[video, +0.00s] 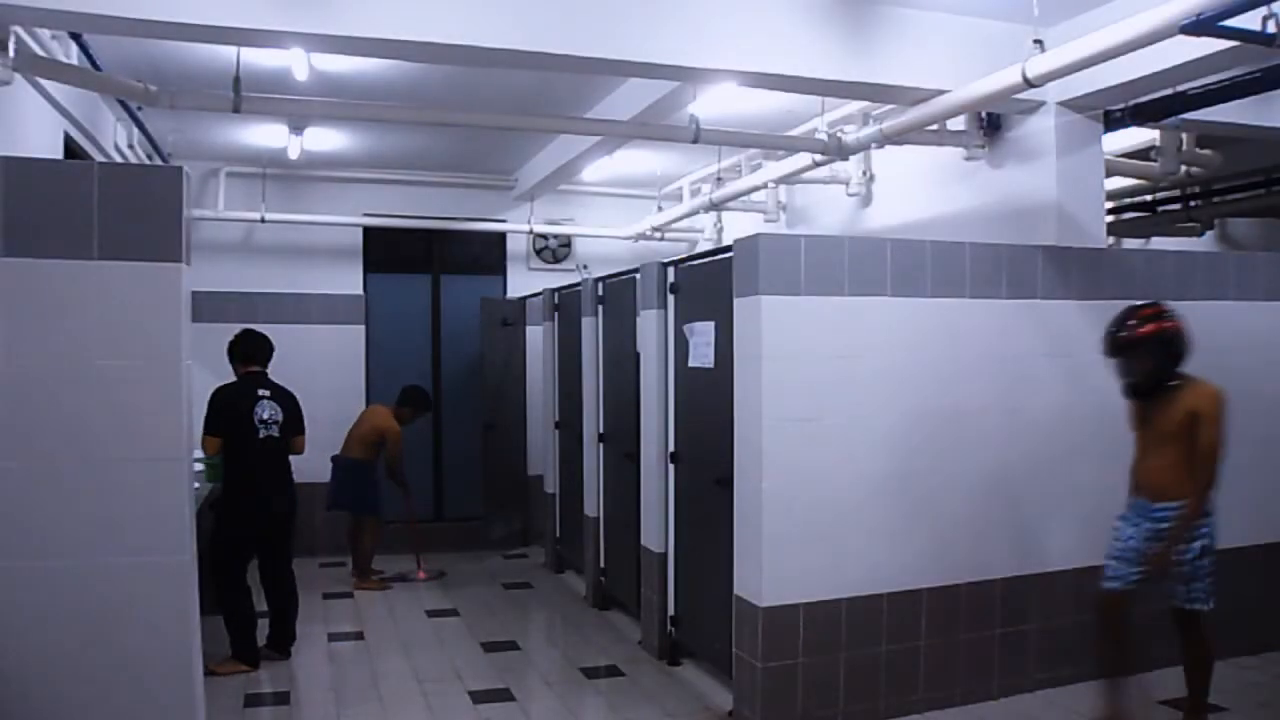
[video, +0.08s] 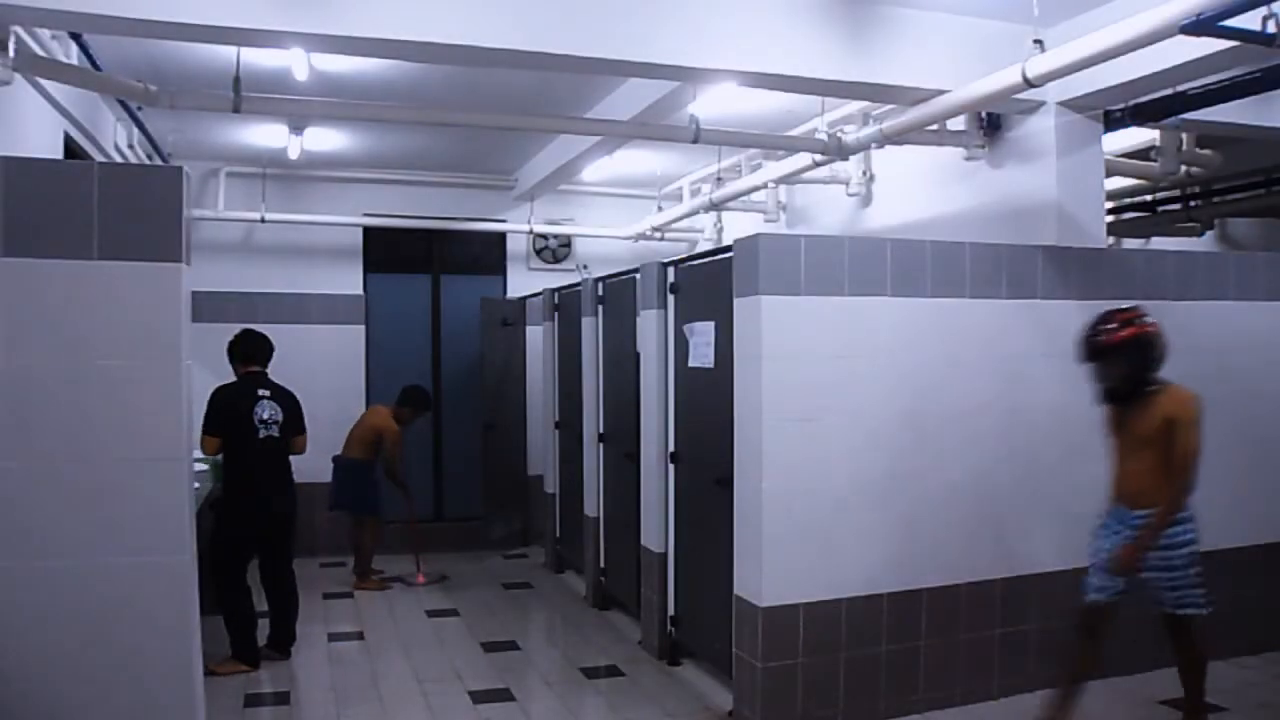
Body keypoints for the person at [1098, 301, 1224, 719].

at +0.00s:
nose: (1126, 369)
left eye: (1133, 358)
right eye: (1123, 360)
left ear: (1161, 353)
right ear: (1126, 360)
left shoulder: (1203, 398)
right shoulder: (1141, 398)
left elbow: (1205, 482)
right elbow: (1144, 459)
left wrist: (1170, 542)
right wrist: (1132, 514)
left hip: (1187, 519)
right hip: (1141, 513)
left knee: (1190, 614)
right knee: (1111, 596)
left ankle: (1197, 707)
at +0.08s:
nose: (1105, 373)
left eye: (1112, 362)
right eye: (1101, 364)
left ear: (1140, 357)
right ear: (1102, 364)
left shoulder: (1179, 404)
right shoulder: (1120, 407)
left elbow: (1181, 485)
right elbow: (1128, 469)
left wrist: (1140, 544)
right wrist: (1117, 516)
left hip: (1167, 525)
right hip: (1121, 521)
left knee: (1182, 623)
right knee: (1092, 617)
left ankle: (1195, 707)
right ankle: (1064, 704)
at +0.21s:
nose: (1063, 377)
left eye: (1071, 365)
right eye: (1059, 368)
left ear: (1098, 361)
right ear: (1059, 368)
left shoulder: (1136, 409)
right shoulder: (1080, 412)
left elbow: (1144, 489)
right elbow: (1088, 475)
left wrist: (1102, 552)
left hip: (1124, 537)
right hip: (1075, 533)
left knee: (1148, 630)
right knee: (1048, 627)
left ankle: (1187, 704)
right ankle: (1035, 713)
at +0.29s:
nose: (1034, 377)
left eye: (1041, 366)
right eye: (1031, 368)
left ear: (1070, 361)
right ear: (1035, 367)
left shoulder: (1109, 407)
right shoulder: (1053, 408)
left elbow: (1121, 489)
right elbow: (1062, 474)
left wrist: (1093, 557)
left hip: (1094, 539)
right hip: (1049, 532)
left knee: (1103, 638)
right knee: (1026, 628)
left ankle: (1162, 699)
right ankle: (1029, 713)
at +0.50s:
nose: (978, 375)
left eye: (986, 363)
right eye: (974, 365)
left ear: (1014, 357)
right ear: (977, 362)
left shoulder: (1055, 402)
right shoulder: (994, 404)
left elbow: (1075, 482)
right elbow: (982, 471)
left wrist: (1078, 561)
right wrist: (951, 536)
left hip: (1033, 535)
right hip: (995, 531)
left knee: (995, 637)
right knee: (1013, 641)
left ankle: (1015, 710)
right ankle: (1026, 712)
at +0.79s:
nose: (895, 388)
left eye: (903, 375)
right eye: (891, 376)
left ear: (932, 368)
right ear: (890, 373)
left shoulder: (973, 419)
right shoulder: (915, 416)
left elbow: (993, 499)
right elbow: (903, 486)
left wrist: (999, 570)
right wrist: (863, 546)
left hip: (941, 549)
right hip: (907, 545)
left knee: (907, 658)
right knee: (917, 653)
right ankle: (993, 710)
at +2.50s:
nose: (615, 414)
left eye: (628, 403)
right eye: (604, 403)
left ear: (649, 382)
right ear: (585, 381)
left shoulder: (673, 421)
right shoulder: (556, 420)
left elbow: (683, 499)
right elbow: (541, 502)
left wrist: (692, 560)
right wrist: (541, 565)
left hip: (646, 577)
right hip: (576, 577)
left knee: (650, 701)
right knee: (577, 700)